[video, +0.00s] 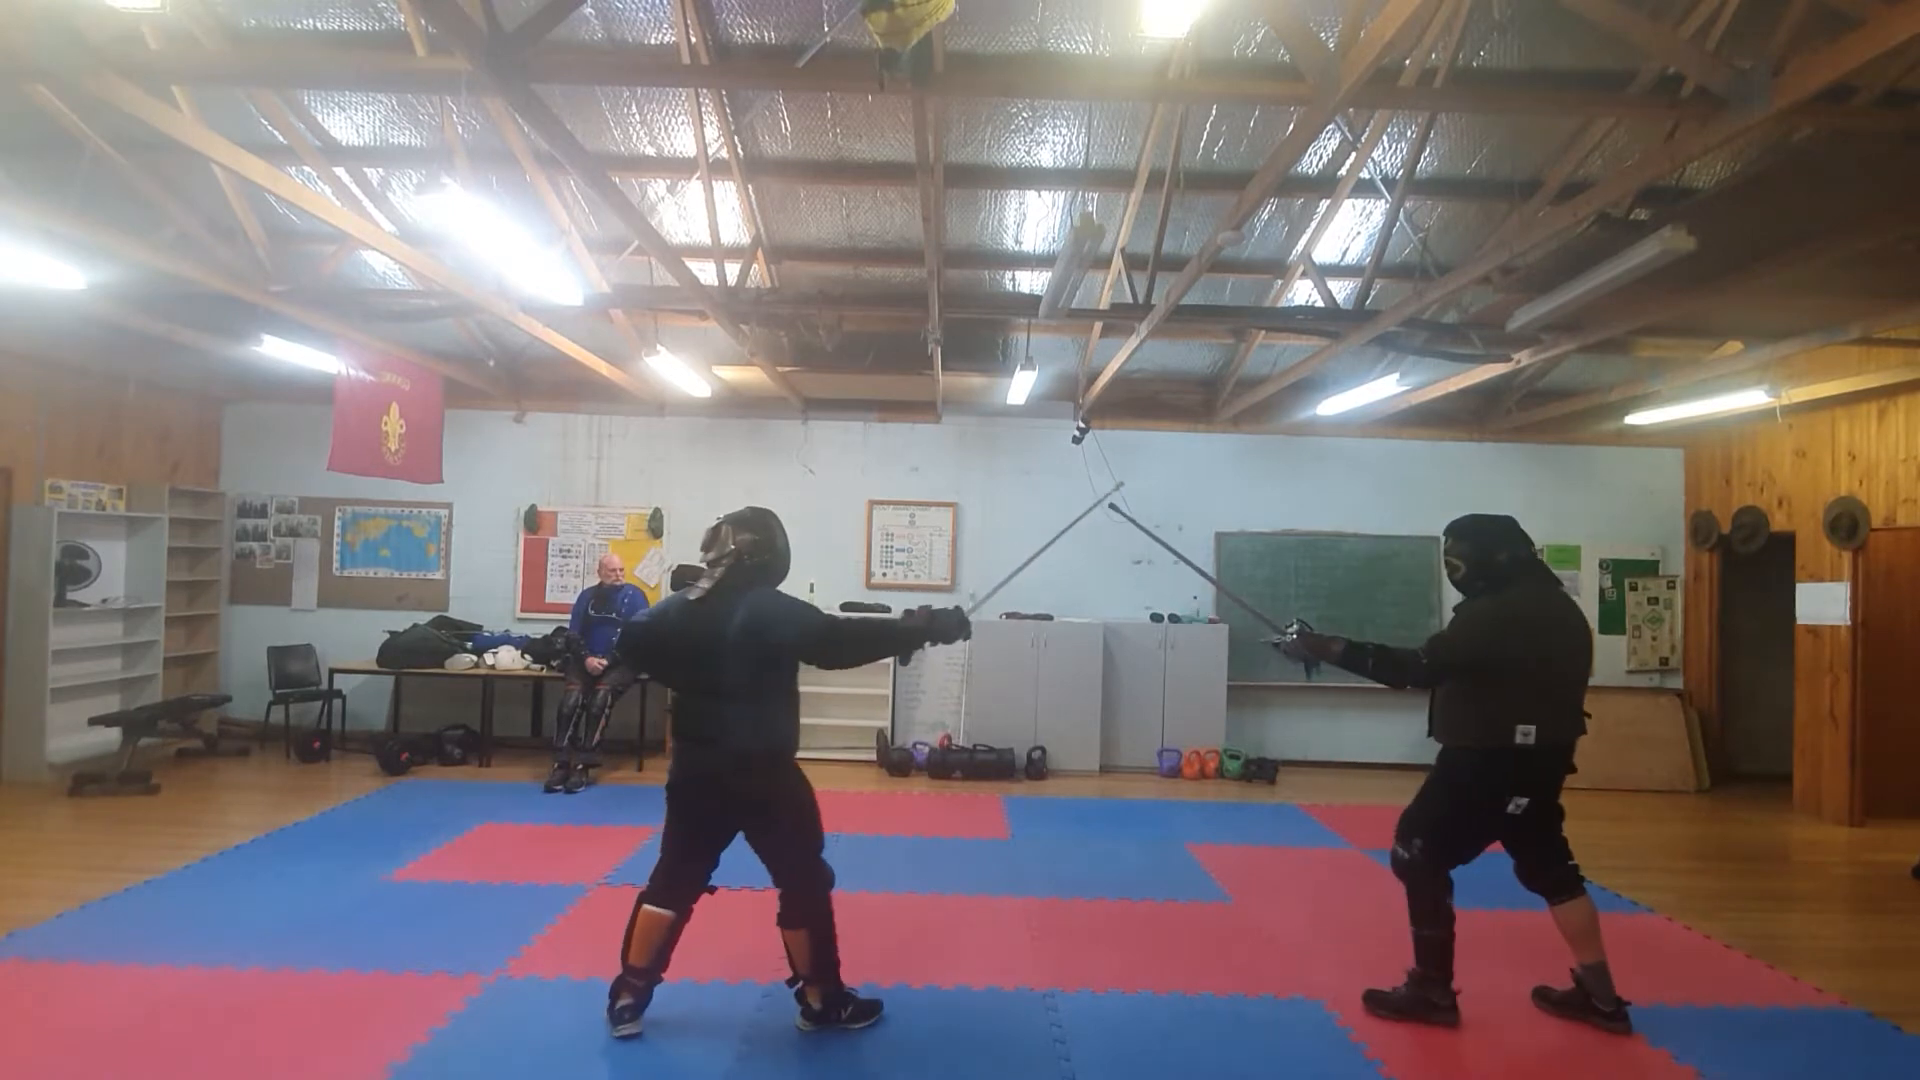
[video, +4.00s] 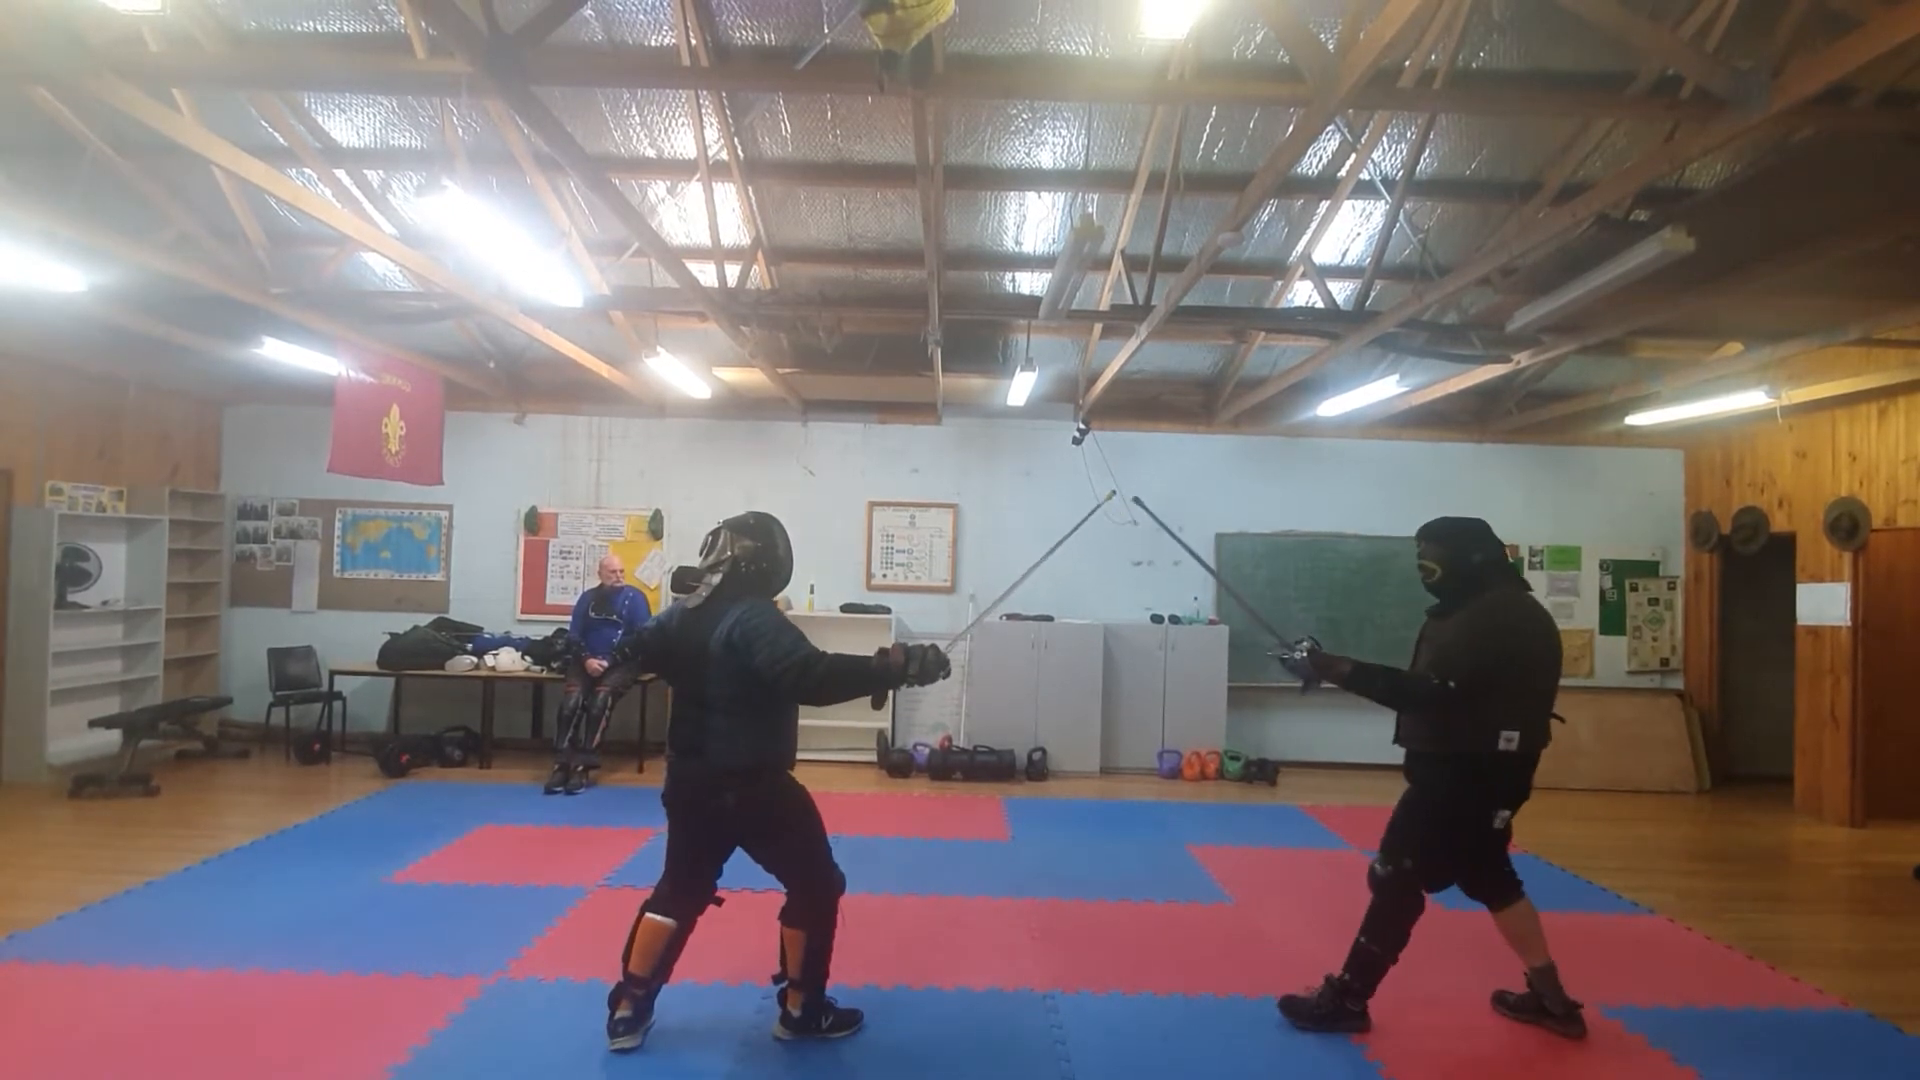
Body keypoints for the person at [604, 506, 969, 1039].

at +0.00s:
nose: (782, 566)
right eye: (779, 556)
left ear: (714, 555)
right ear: (772, 558)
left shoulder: (678, 615)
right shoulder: (779, 613)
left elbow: (632, 641)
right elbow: (840, 643)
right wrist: (922, 628)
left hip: (696, 781)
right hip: (770, 780)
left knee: (674, 878)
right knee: (804, 881)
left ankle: (628, 997)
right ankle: (821, 999)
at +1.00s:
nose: (795, 584)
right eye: (791, 574)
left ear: (730, 570)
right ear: (782, 577)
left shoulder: (700, 629)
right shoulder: (766, 640)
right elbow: (781, 714)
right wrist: (862, 698)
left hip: (706, 794)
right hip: (771, 797)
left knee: (680, 893)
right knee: (837, 889)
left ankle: (617, 1001)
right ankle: (866, 1007)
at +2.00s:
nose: (828, 572)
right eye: (826, 563)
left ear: (763, 557)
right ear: (818, 563)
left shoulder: (730, 617)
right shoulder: (810, 616)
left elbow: (690, 629)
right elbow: (861, 662)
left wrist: (735, 600)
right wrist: (954, 651)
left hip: (738, 784)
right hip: (807, 784)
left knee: (728, 885)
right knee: (852, 882)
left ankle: (682, 1010)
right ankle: (857, 1010)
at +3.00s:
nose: (774, 579)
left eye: (772, 569)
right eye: (771, 568)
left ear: (706, 558)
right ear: (759, 567)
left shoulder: (670, 619)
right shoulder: (747, 622)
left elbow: (633, 648)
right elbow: (790, 673)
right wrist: (878, 671)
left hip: (682, 788)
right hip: (749, 789)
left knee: (677, 886)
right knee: (805, 882)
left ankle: (628, 1007)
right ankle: (801, 1008)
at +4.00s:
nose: (780, 576)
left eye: (778, 566)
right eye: (778, 566)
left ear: (718, 558)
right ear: (767, 565)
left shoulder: (683, 618)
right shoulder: (756, 619)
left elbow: (633, 648)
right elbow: (803, 674)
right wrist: (892, 667)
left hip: (692, 790)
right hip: (760, 791)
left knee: (680, 889)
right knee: (815, 885)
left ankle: (628, 1010)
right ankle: (802, 1010)